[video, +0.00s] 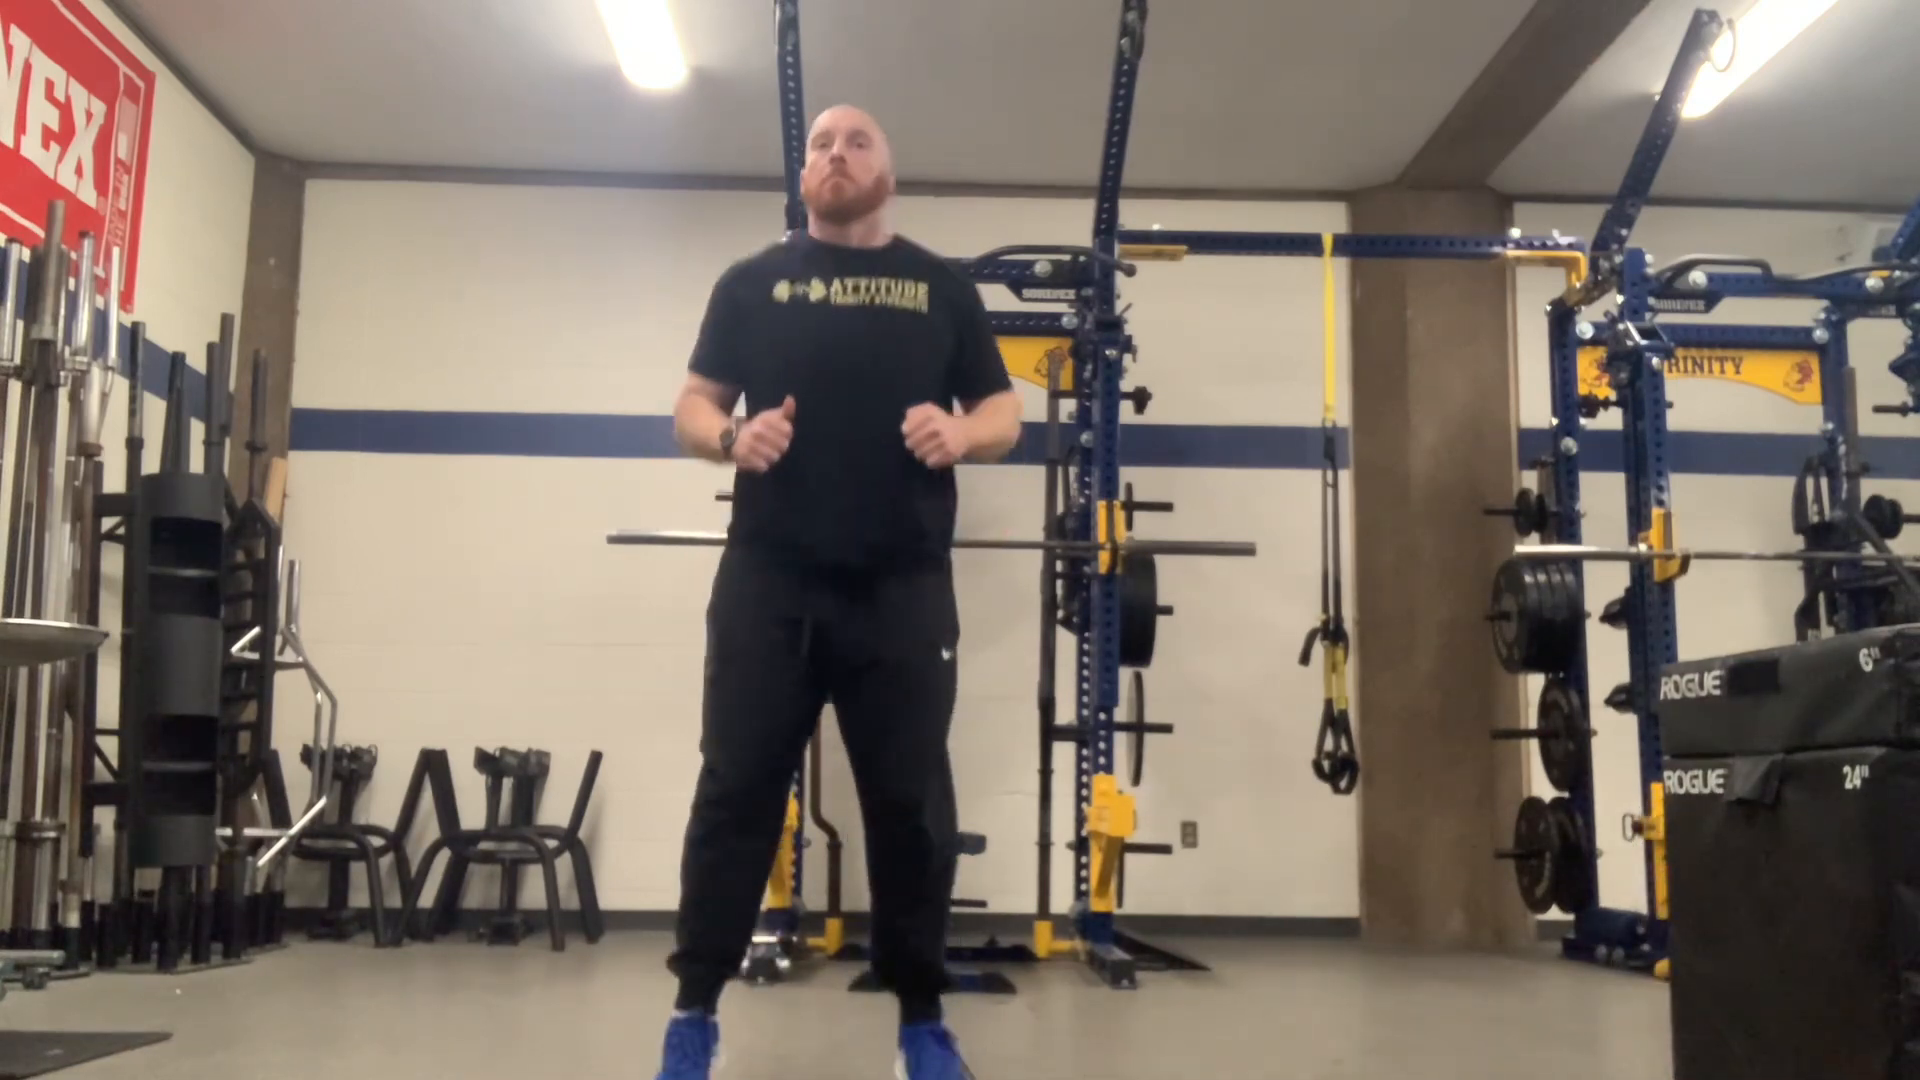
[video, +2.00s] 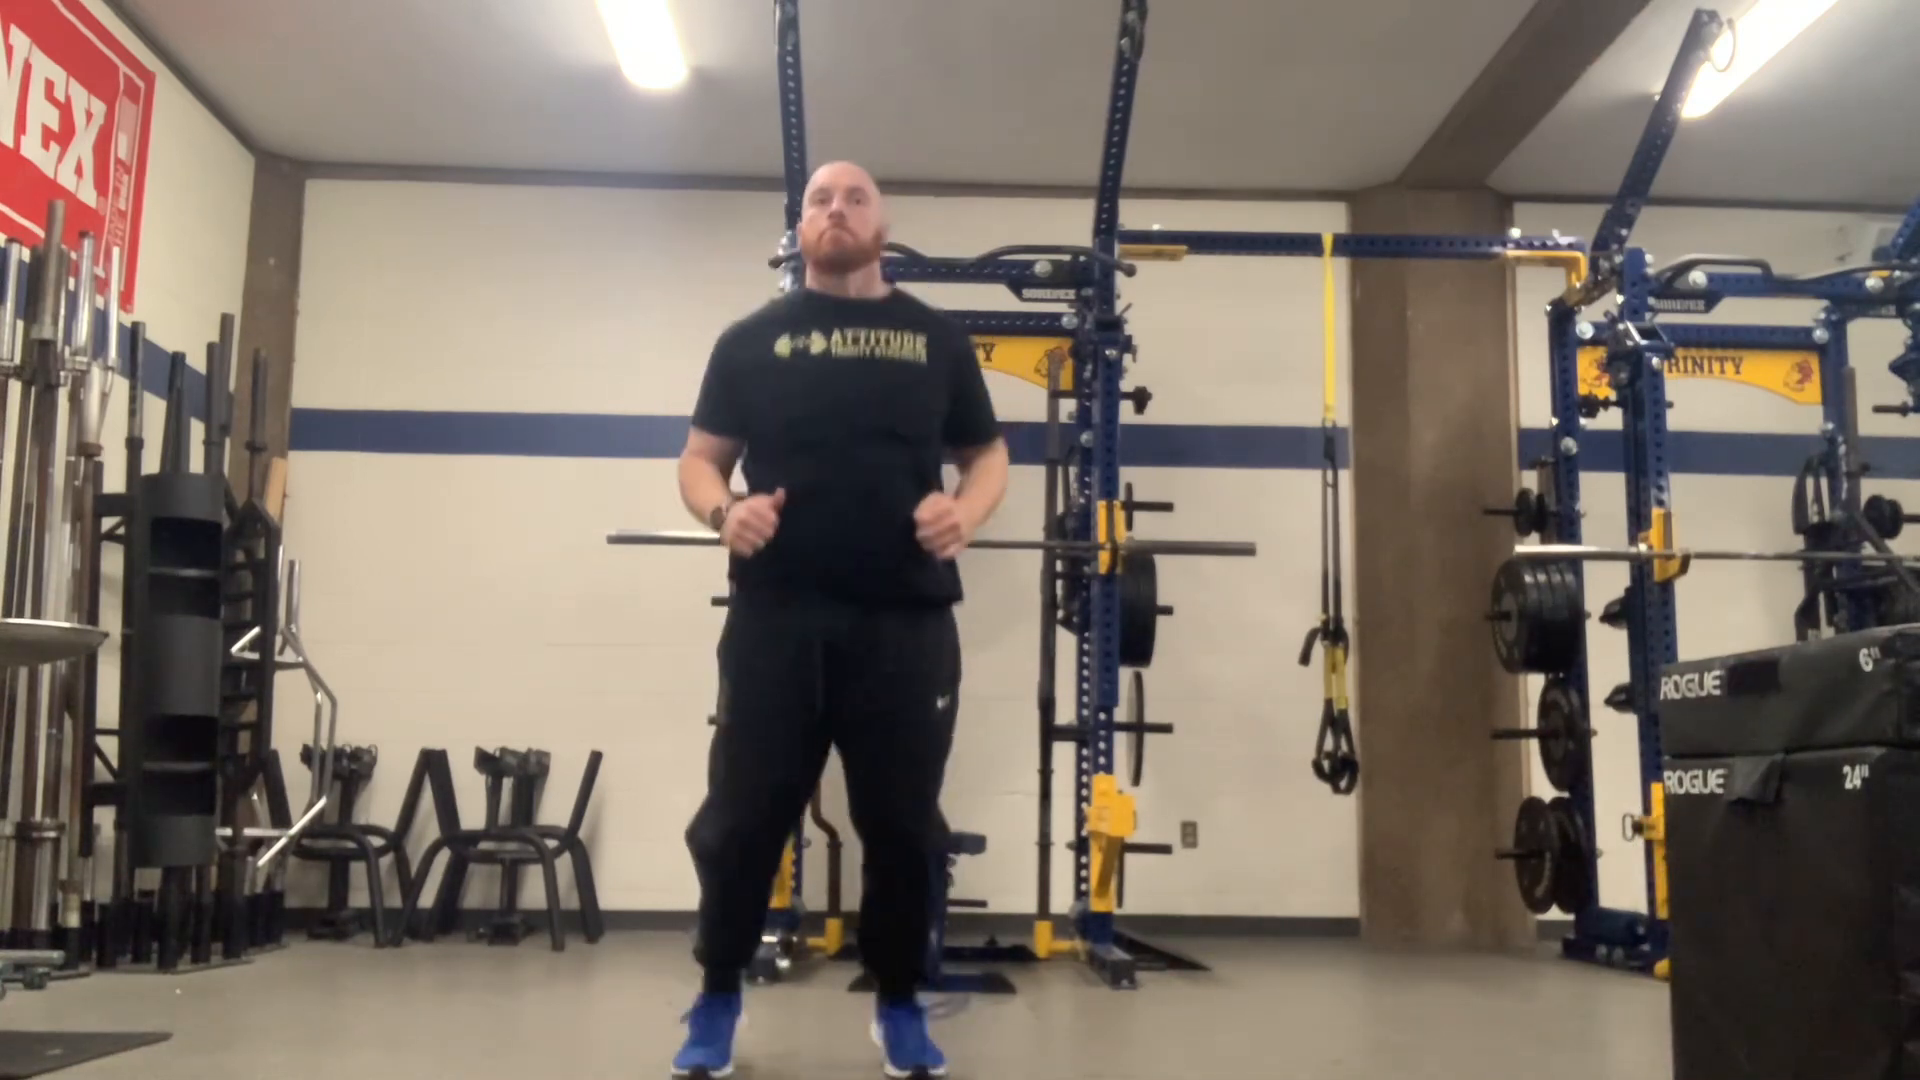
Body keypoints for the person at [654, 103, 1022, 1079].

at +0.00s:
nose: (836, 151)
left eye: (857, 141)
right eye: (820, 144)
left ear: (894, 175)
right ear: (800, 179)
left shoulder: (943, 287)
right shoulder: (751, 284)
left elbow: (1006, 415)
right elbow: (695, 411)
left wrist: (962, 432)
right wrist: (732, 436)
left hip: (901, 587)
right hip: (768, 581)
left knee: (913, 809)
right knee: (734, 795)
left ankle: (922, 1027)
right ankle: (693, 1019)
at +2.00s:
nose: (838, 208)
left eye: (856, 197)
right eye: (822, 199)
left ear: (887, 229)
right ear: (797, 232)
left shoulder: (937, 340)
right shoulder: (751, 342)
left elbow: (988, 460)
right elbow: (699, 464)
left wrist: (966, 508)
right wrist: (725, 509)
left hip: (904, 622)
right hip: (776, 619)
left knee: (904, 829)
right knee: (740, 824)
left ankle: (900, 1010)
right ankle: (716, 998)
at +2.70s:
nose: (852, 159)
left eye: (869, 146)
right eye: (835, 151)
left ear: (904, 173)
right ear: (813, 185)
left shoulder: (970, 272)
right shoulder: (781, 294)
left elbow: (1051, 381)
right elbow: (739, 427)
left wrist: (1005, 394)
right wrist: (765, 453)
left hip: (947, 581)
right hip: (817, 582)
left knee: (943, 801)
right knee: (759, 790)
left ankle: (944, 1017)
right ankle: (699, 997)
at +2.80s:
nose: (873, 131)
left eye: (890, 119)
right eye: (857, 121)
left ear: (920, 146)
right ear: (832, 153)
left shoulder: (987, 237)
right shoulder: (795, 261)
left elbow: (1073, 351)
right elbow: (759, 389)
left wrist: (1030, 359)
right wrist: (784, 416)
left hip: (971, 540)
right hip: (841, 540)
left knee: (989, 761)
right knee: (816, 751)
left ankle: (998, 980)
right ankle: (800, 963)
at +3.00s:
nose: (913, 216)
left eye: (930, 204)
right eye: (896, 203)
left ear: (957, 230)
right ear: (868, 229)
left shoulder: (1014, 330)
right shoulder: (824, 349)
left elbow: (1074, 441)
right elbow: (773, 470)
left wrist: (1070, 484)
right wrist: (787, 497)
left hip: (1018, 616)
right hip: (891, 624)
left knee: (1057, 830)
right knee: (904, 830)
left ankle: (1099, 1030)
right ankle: (944, 1021)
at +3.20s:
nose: (914, 152)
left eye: (932, 142)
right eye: (898, 141)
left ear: (960, 174)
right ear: (870, 171)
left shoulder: (1000, 282)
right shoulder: (808, 271)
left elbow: (1055, 400)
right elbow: (744, 392)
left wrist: (1048, 432)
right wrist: (792, 407)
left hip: (965, 572)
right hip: (839, 573)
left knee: (1012, 785)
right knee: (866, 793)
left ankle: (1052, 998)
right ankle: (917, 1004)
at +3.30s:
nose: (887, 126)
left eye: (905, 116)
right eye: (871, 114)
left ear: (934, 144)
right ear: (845, 141)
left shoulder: (977, 245)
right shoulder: (787, 236)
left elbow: (1033, 365)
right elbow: (713, 357)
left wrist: (1020, 399)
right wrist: (755, 385)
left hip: (932, 532)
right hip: (807, 530)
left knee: (925, 747)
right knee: (811, 746)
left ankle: (925, 955)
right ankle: (828, 955)